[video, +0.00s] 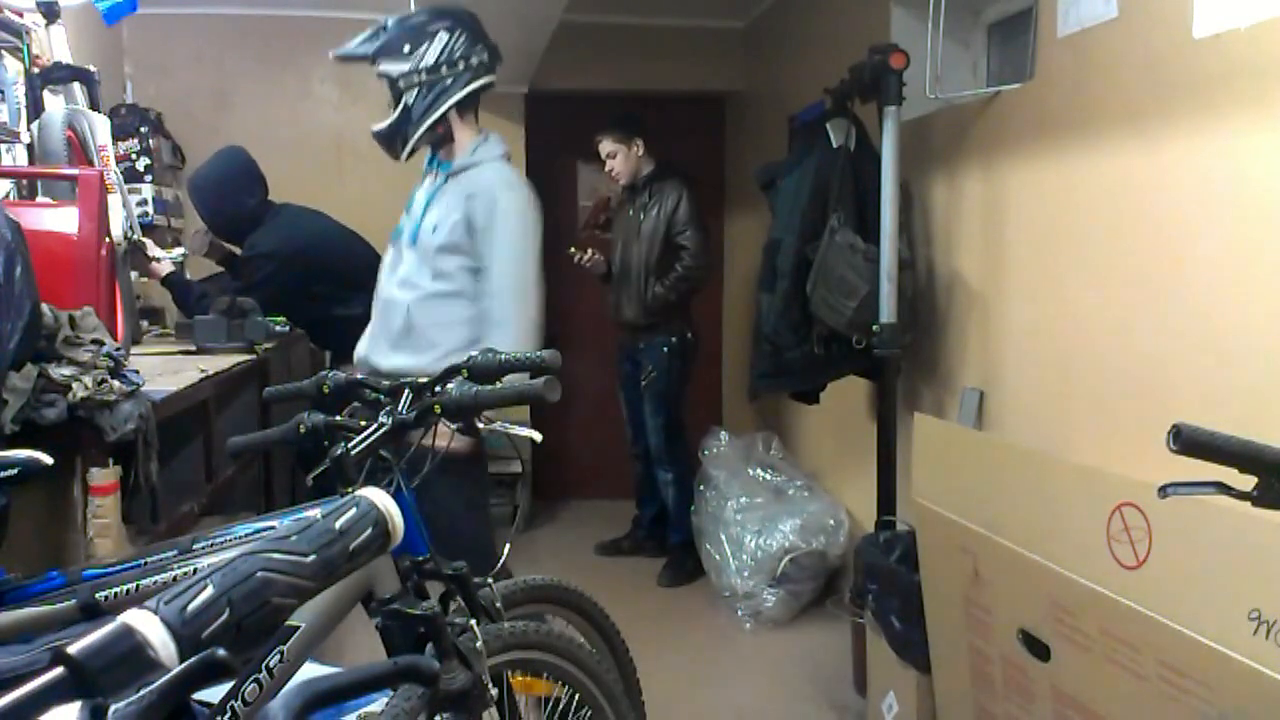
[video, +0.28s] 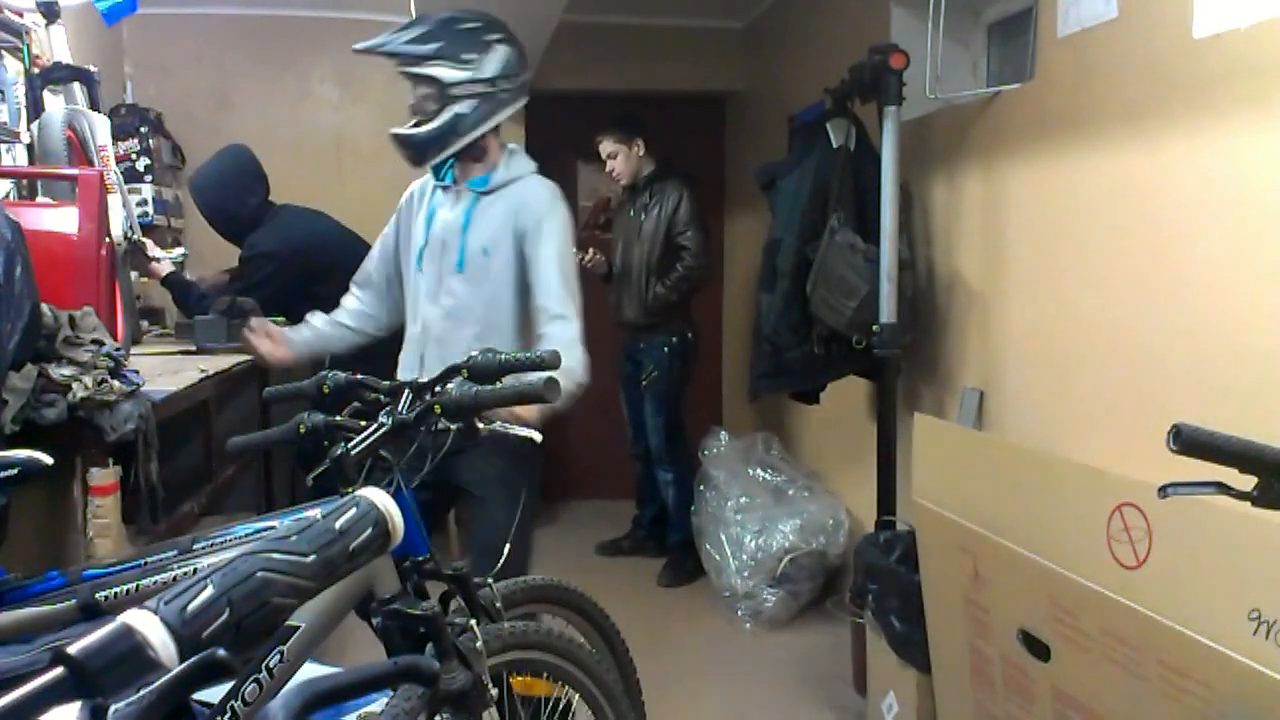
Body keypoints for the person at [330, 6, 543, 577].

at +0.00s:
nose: (392, 103)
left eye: (398, 86)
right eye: (392, 87)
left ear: (434, 87)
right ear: (441, 88)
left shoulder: (500, 189)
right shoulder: (436, 181)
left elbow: (513, 318)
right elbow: (405, 292)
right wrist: (363, 368)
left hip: (444, 412)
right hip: (392, 403)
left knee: (465, 575)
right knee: (408, 568)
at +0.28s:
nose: (413, 107)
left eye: (427, 94)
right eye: (413, 93)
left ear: (475, 97)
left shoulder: (535, 200)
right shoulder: (421, 197)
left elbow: (562, 327)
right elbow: (375, 303)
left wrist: (540, 396)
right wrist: (294, 344)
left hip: (497, 428)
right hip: (416, 418)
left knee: (493, 595)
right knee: (387, 572)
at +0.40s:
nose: (450, 96)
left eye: (466, 82)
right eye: (442, 81)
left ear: (511, 83)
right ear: (433, 81)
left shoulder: (559, 194)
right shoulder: (429, 187)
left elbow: (576, 315)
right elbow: (409, 302)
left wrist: (564, 412)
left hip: (499, 412)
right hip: (414, 404)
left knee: (514, 576)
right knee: (386, 559)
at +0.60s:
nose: (504, 110)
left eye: (523, 97)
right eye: (493, 91)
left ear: (555, 104)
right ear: (468, 90)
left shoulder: (575, 207)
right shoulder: (422, 186)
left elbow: (610, 303)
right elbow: (361, 279)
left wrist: (637, 366)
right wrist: (296, 327)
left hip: (519, 416)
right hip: (422, 410)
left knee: (531, 577)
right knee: (369, 558)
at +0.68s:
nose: (514, 121)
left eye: (532, 109)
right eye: (503, 101)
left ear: (558, 118)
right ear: (475, 97)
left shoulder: (572, 217)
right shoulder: (412, 190)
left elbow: (608, 318)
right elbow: (345, 279)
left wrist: (635, 372)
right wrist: (294, 338)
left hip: (516, 424)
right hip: (415, 417)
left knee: (533, 579)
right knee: (381, 574)